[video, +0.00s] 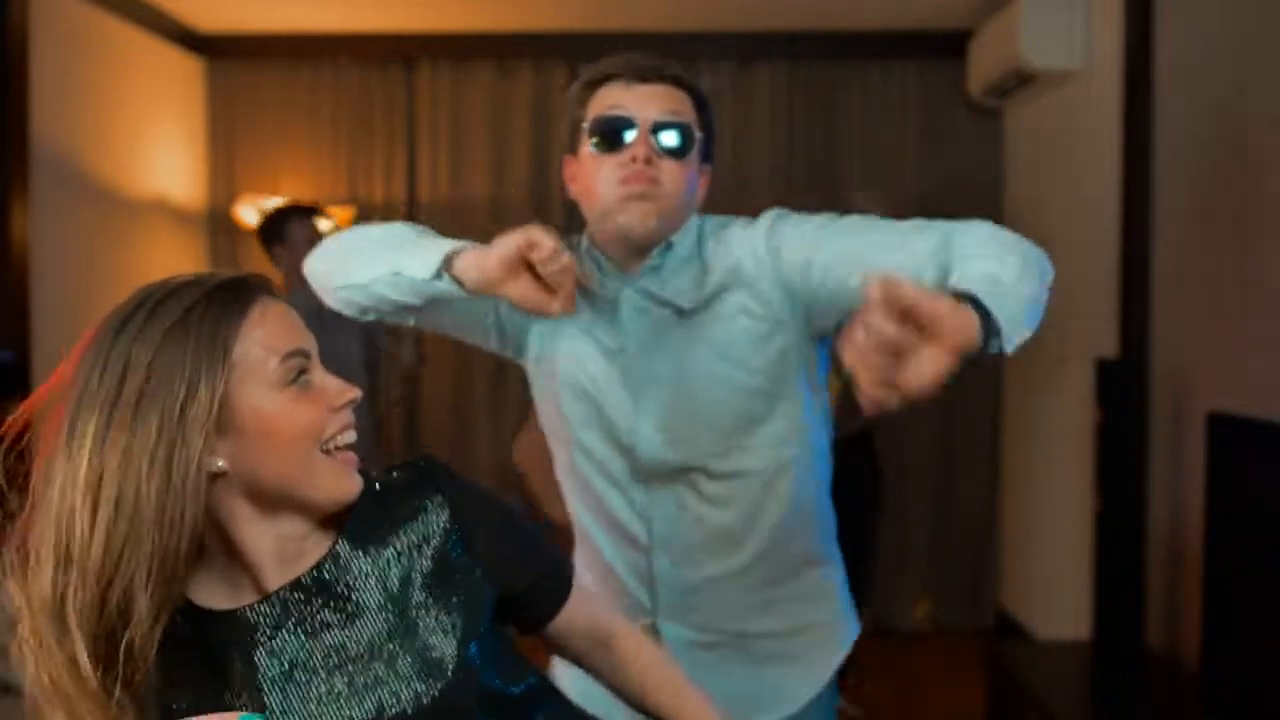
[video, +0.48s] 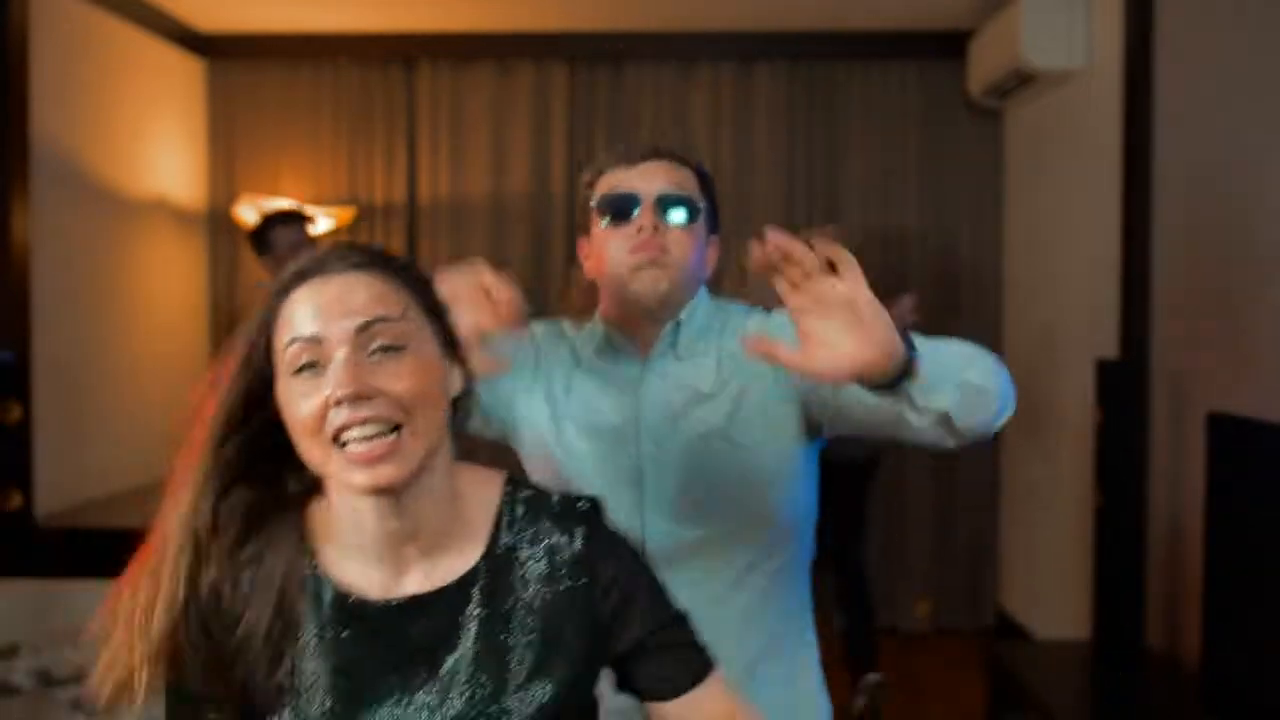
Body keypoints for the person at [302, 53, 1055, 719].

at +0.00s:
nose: (642, 154)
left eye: (671, 139)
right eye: (613, 135)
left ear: (703, 182)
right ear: (573, 178)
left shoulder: (773, 260)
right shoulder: (535, 294)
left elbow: (1005, 255)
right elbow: (330, 266)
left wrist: (963, 316)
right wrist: (464, 267)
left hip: (782, 680)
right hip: (614, 677)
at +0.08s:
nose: (630, 180)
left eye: (658, 165)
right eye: (601, 162)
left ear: (691, 210)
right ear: (563, 206)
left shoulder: (751, 285)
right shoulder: (530, 324)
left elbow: (964, 241)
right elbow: (336, 301)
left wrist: (986, 364)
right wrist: (481, 301)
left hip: (779, 688)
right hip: (617, 687)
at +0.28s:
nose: (625, 257)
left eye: (653, 243)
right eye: (597, 242)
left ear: (686, 283)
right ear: (561, 285)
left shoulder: (749, 363)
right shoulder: (530, 411)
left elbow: (921, 340)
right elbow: (345, 401)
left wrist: (992, 435)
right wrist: (496, 392)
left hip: (765, 704)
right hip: (607, 710)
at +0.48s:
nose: (648, 225)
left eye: (676, 210)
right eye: (620, 210)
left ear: (709, 254)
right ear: (586, 255)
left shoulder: (774, 350)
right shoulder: (532, 360)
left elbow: (985, 401)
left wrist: (898, 363)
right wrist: (431, 333)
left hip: (766, 698)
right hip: (596, 700)